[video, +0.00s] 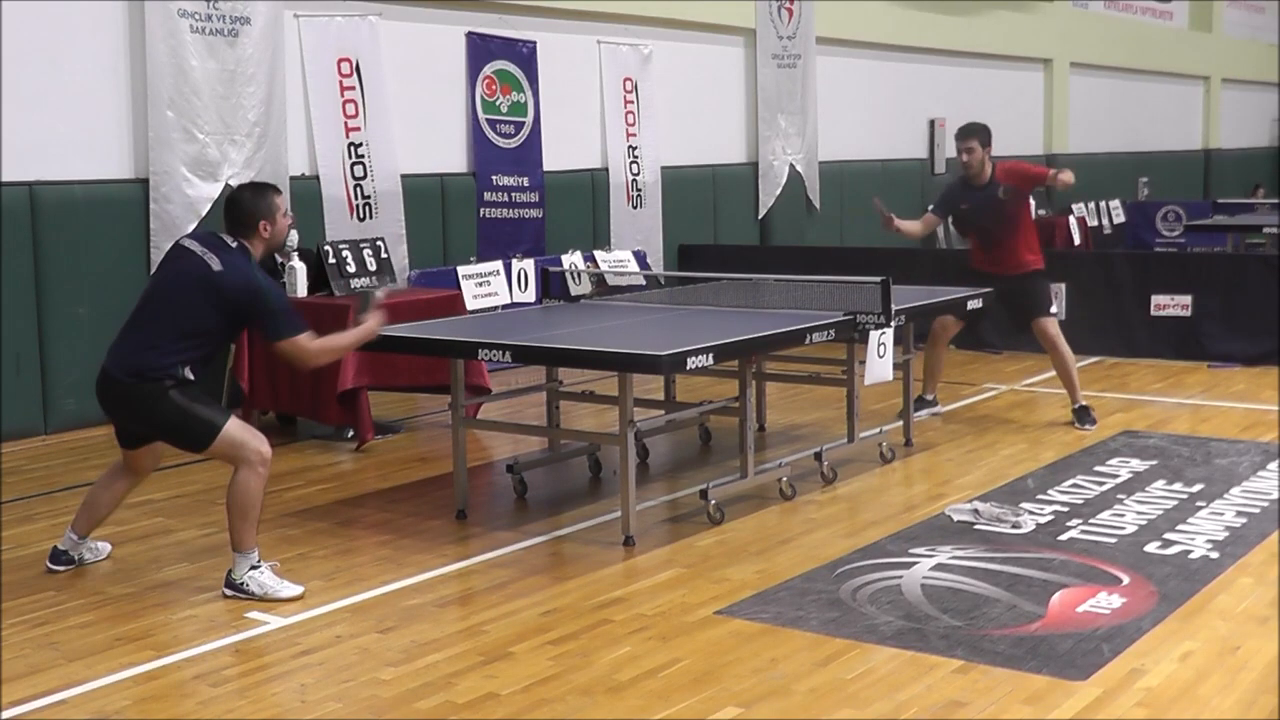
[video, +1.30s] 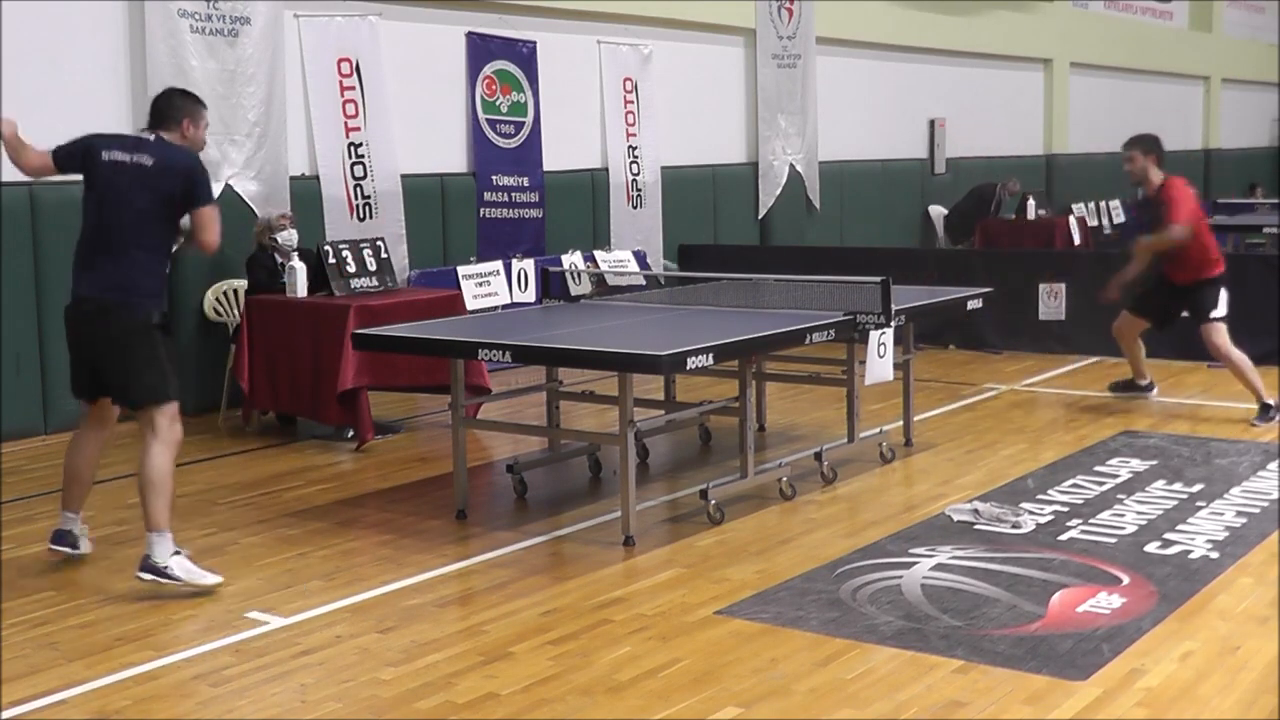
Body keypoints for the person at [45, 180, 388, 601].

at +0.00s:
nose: (289, 223)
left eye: (288, 215)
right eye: (285, 216)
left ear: (237, 220)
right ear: (263, 227)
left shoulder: (196, 241)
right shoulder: (251, 282)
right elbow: (307, 354)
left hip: (119, 380)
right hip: (152, 390)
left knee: (137, 463)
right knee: (254, 454)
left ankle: (69, 544)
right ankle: (245, 570)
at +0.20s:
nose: (286, 211)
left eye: (284, 201)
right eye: (282, 201)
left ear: (233, 202)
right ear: (261, 206)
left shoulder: (185, 219)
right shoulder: (245, 261)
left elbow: (150, 234)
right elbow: (307, 313)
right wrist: (359, 268)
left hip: (104, 367)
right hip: (143, 380)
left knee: (124, 463)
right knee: (242, 456)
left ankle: (44, 538)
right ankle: (243, 570)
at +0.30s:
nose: (254, 183)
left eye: (252, 173)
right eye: (251, 174)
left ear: (205, 181)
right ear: (233, 182)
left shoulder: (161, 209)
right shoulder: (205, 235)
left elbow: (124, 254)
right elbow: (224, 324)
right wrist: (289, 303)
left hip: (93, 364)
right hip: (132, 370)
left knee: (105, 475)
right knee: (237, 447)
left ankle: (30, 571)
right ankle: (199, 571)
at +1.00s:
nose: (247, 196)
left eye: (246, 188)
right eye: (247, 189)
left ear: (198, 181)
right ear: (236, 192)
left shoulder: (148, 210)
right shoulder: (227, 244)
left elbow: (155, 277)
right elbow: (234, 322)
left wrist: (223, 289)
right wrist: (252, 295)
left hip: (93, 355)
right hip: (145, 363)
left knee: (124, 452)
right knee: (209, 461)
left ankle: (92, 555)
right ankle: (236, 589)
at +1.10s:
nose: (231, 178)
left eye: (233, 172)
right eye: (232, 171)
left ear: (185, 156)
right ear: (218, 165)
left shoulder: (127, 168)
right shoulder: (214, 199)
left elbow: (66, 208)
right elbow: (217, 258)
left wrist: (99, 251)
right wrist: (237, 227)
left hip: (87, 323)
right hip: (137, 326)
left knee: (104, 436)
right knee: (160, 439)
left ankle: (88, 552)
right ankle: (171, 569)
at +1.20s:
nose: (220, 157)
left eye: (221, 150)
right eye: (221, 150)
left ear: (177, 131)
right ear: (209, 142)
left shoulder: (117, 148)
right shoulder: (204, 175)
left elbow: (43, 176)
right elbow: (211, 243)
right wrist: (202, 194)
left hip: (89, 304)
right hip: (136, 310)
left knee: (102, 418)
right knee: (152, 424)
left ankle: (85, 537)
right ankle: (149, 555)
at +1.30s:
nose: (205, 139)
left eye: (205, 130)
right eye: (203, 129)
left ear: (155, 121)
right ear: (187, 125)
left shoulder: (102, 148)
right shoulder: (189, 166)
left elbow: (32, 162)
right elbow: (209, 242)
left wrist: (10, 137)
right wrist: (181, 230)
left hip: (85, 308)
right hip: (135, 313)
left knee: (98, 416)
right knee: (165, 425)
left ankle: (68, 526)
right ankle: (161, 552)